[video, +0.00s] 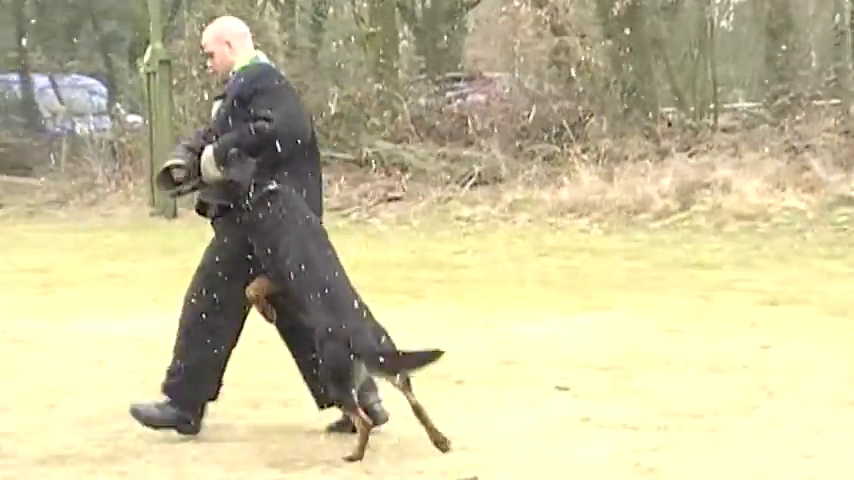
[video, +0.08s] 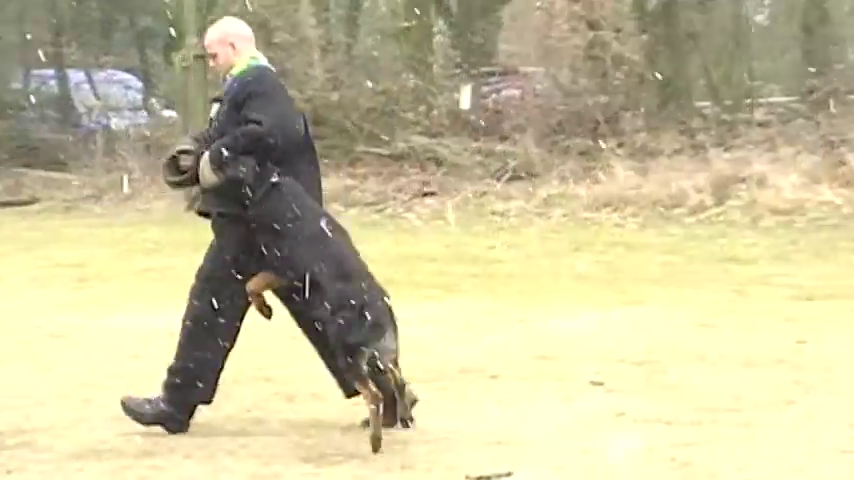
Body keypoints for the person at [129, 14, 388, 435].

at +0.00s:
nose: (208, 63)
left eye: (211, 54)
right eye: (206, 55)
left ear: (231, 46)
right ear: (232, 46)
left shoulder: (259, 79)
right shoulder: (236, 92)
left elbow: (284, 127)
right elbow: (213, 135)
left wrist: (222, 154)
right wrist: (187, 157)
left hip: (271, 218)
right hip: (247, 218)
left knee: (208, 304)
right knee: (299, 313)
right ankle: (357, 400)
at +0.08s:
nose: (211, 64)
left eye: (213, 55)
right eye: (209, 57)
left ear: (233, 47)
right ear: (233, 47)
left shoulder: (259, 81)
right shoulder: (239, 87)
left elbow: (275, 130)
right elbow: (221, 133)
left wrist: (219, 156)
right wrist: (193, 152)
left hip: (259, 226)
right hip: (245, 223)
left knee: (210, 309)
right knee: (315, 310)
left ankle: (177, 405)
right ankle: (380, 388)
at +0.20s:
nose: (230, 67)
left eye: (233, 59)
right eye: (229, 60)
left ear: (254, 53)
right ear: (259, 52)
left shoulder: (275, 93)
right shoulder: (267, 94)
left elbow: (294, 145)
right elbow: (262, 149)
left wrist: (238, 169)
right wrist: (228, 170)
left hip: (267, 231)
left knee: (226, 310)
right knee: (324, 310)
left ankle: (232, 412)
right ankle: (418, 361)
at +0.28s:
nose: (230, 65)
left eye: (232, 56)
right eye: (228, 58)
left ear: (254, 49)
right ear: (254, 49)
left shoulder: (280, 87)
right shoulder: (264, 90)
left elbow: (305, 139)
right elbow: (263, 144)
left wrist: (244, 169)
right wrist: (230, 170)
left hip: (266, 224)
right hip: (254, 220)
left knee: (243, 313)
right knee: (241, 312)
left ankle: (259, 410)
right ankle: (256, 402)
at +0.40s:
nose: (249, 59)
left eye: (252, 50)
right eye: (246, 52)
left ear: (273, 42)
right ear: (271, 43)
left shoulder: (308, 83)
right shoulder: (277, 91)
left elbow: (340, 141)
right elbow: (273, 154)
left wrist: (271, 162)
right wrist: (249, 187)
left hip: (305, 216)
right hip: (277, 215)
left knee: (282, 306)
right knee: (263, 303)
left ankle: (311, 409)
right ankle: (335, 376)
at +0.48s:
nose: (261, 60)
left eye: (264, 50)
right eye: (259, 52)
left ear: (288, 42)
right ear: (281, 44)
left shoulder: (324, 87)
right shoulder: (283, 92)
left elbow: (340, 150)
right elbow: (273, 141)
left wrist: (273, 162)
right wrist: (254, 159)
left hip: (312, 219)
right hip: (278, 218)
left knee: (305, 312)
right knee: (253, 300)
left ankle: (338, 408)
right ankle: (285, 391)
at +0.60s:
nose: (270, 66)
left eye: (273, 57)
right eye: (267, 59)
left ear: (296, 46)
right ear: (290, 49)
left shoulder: (332, 89)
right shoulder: (284, 95)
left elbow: (340, 155)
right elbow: (270, 143)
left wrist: (275, 164)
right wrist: (255, 163)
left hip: (318, 220)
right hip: (277, 218)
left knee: (317, 312)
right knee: (249, 301)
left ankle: (367, 403)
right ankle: (221, 392)